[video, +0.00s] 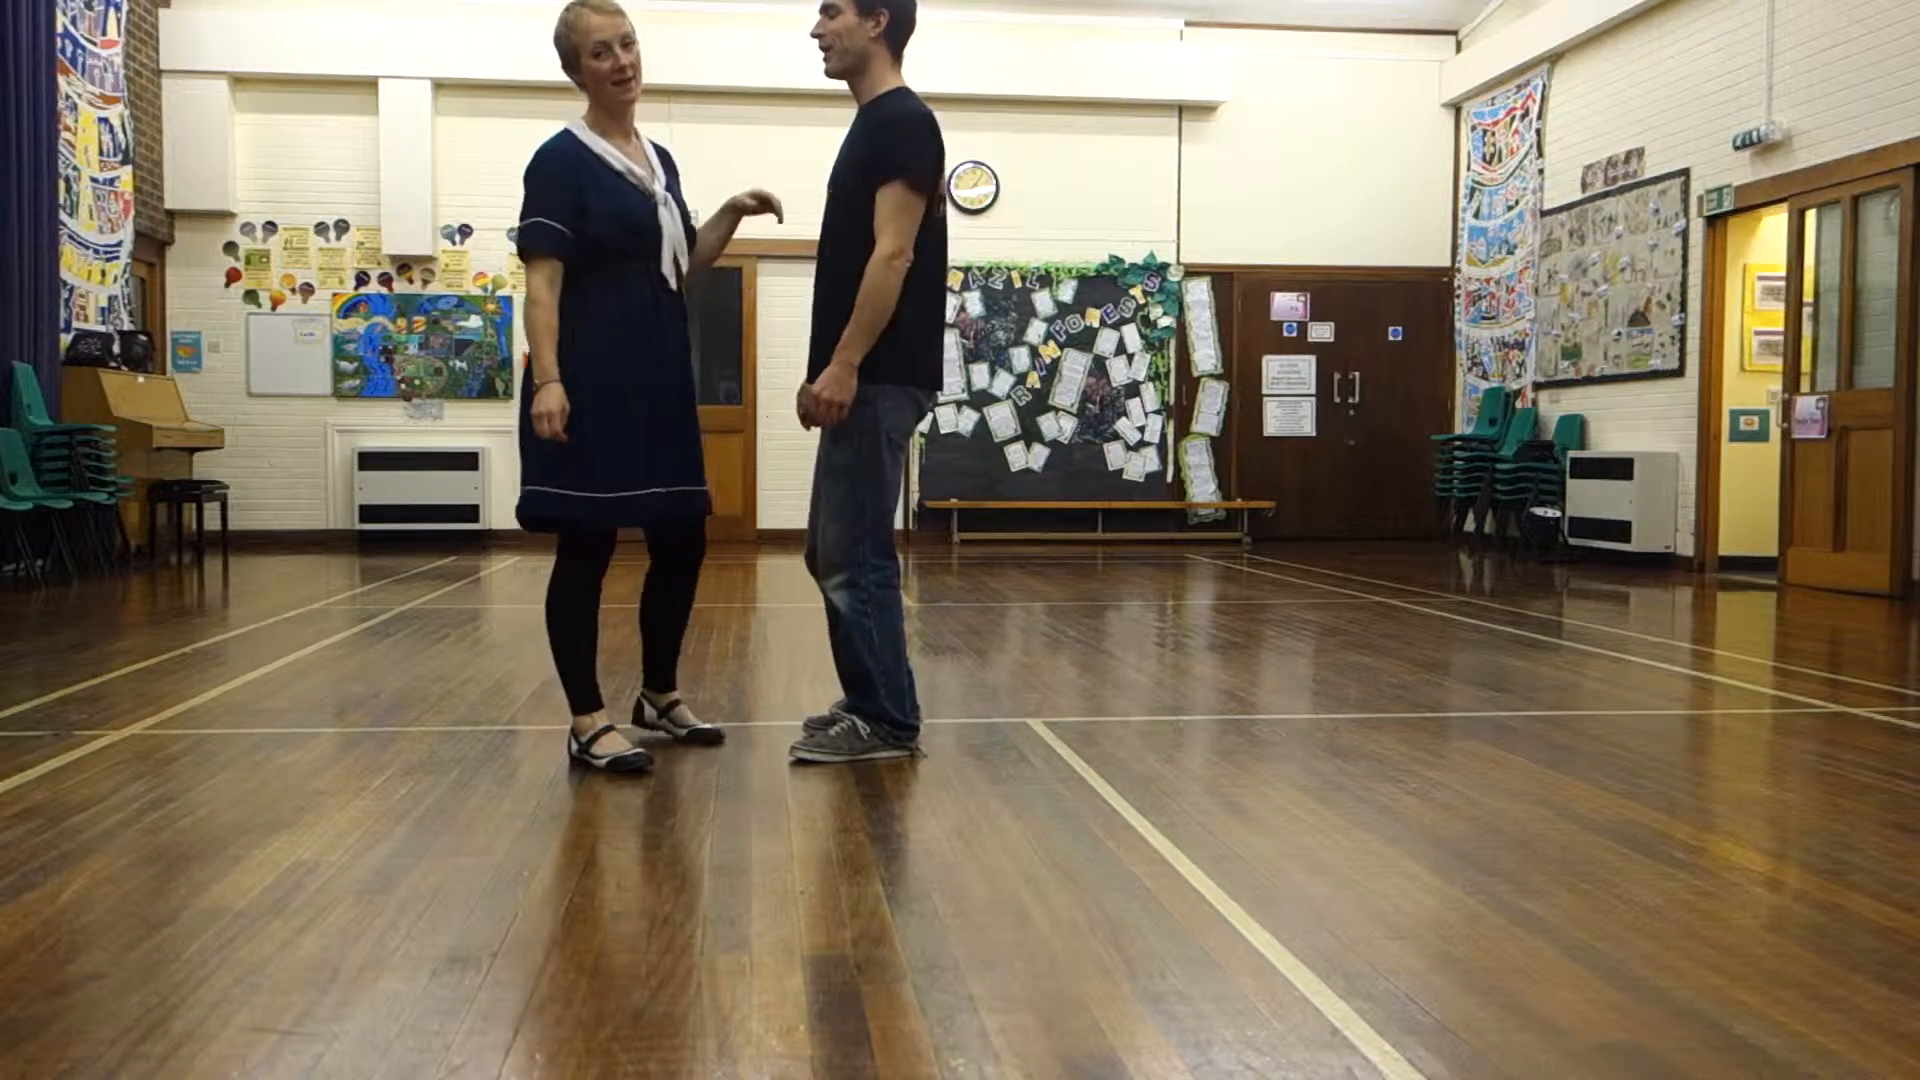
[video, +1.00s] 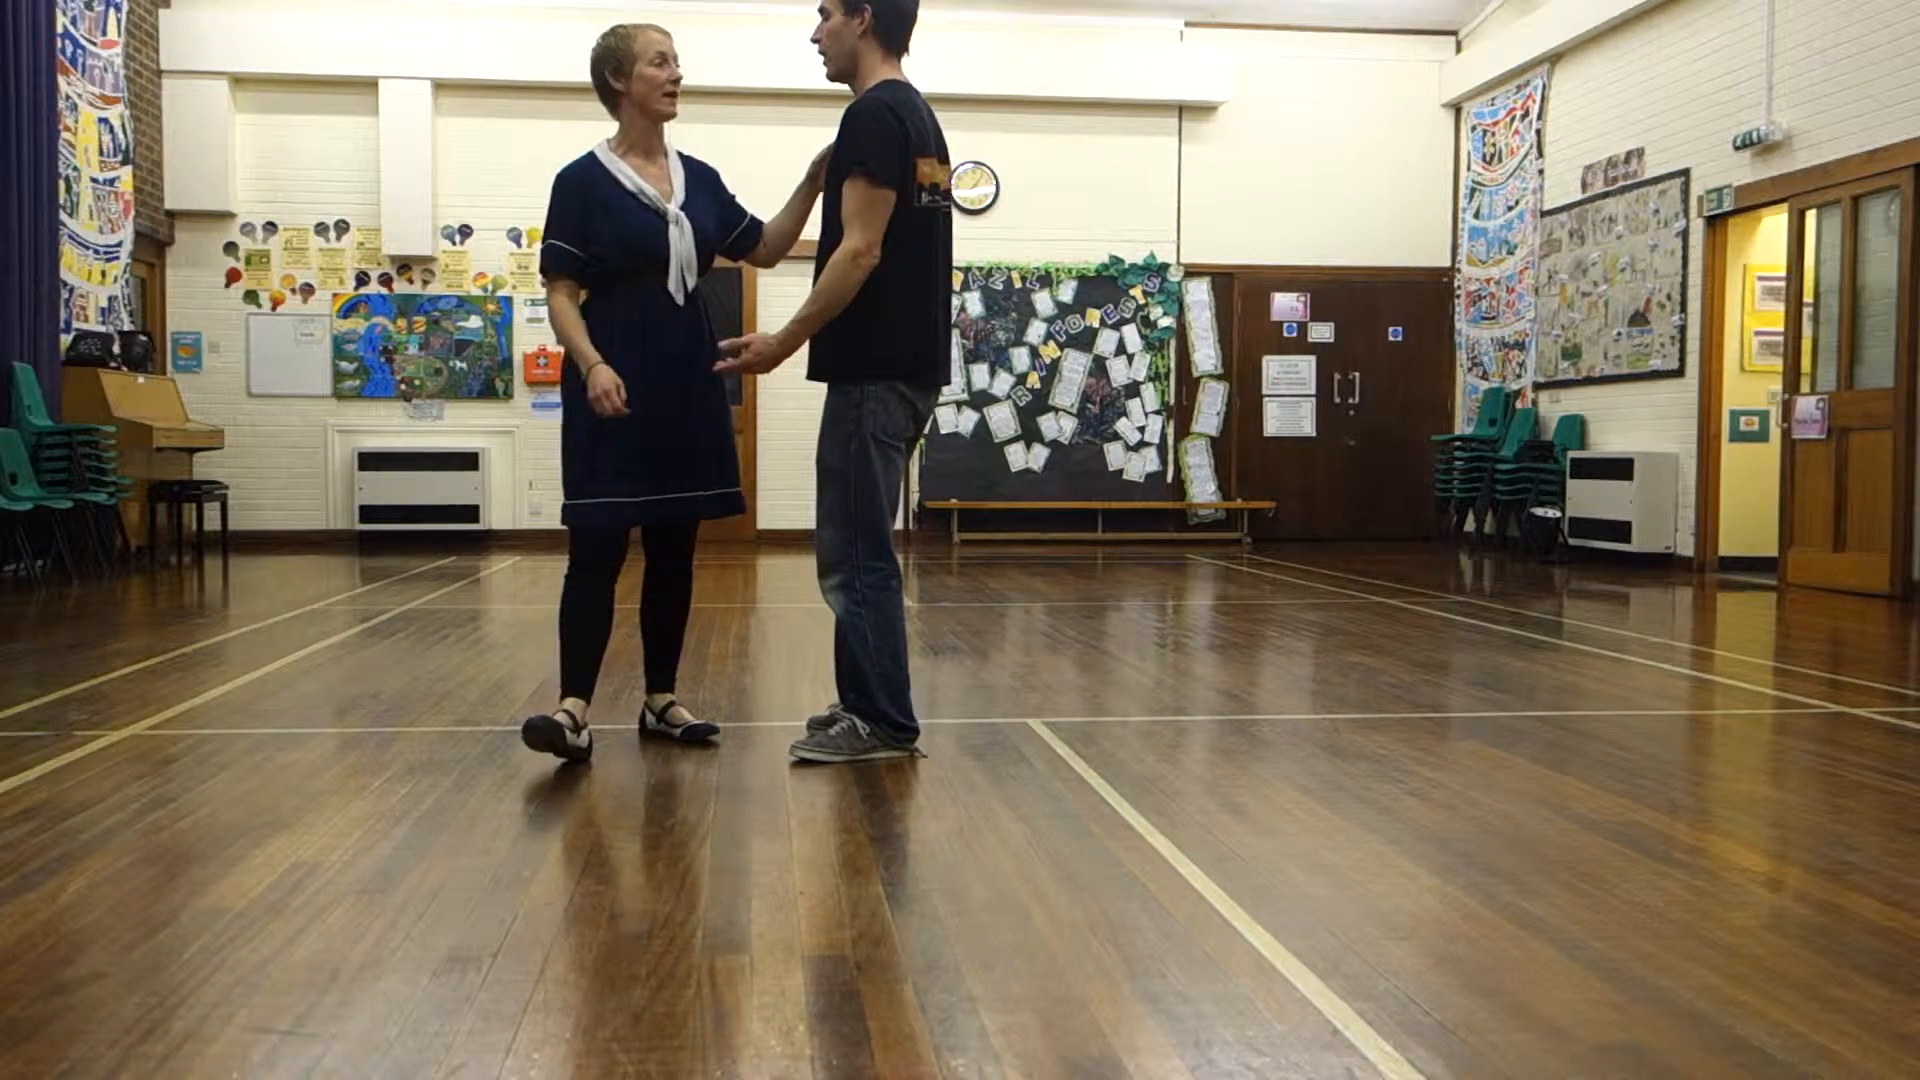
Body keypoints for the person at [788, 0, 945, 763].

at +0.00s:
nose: (818, 28)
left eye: (834, 13)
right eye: (820, 15)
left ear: (880, 23)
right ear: (869, 28)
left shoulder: (902, 120)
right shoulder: (874, 123)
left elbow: (894, 254)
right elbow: (856, 259)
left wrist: (843, 366)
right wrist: (826, 373)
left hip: (884, 375)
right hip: (864, 374)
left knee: (854, 552)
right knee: (833, 549)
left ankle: (887, 719)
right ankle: (870, 706)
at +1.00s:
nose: (816, 33)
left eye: (825, 18)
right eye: (819, 18)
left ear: (861, 22)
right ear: (872, 27)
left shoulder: (877, 112)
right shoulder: (910, 114)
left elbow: (860, 248)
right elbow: (888, 252)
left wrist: (784, 340)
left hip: (875, 371)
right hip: (895, 367)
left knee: (855, 555)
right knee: (857, 549)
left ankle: (884, 721)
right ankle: (868, 707)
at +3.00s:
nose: (855, 42)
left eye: (873, 27)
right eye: (848, 29)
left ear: (913, 45)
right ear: (845, 40)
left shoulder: (915, 127)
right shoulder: (885, 134)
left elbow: (894, 245)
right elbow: (872, 256)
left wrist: (796, 285)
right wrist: (799, 289)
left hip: (897, 378)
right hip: (883, 376)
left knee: (850, 553)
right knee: (887, 551)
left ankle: (855, 721)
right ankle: (916, 710)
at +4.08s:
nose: (867, 42)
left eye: (883, 29)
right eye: (855, 30)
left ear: (914, 47)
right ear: (842, 48)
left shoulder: (940, 129)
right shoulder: (837, 160)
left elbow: (975, 243)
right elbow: (825, 275)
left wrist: (901, 283)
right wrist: (754, 314)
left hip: (927, 375)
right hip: (868, 380)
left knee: (904, 552)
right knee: (866, 555)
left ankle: (936, 712)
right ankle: (894, 702)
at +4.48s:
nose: (890, 61)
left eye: (898, 47)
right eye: (886, 46)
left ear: (916, 53)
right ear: (870, 47)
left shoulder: (951, 131)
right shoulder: (837, 136)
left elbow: (990, 238)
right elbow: (804, 244)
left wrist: (968, 298)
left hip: (928, 369)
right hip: (855, 369)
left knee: (927, 553)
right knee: (869, 550)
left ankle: (945, 715)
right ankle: (888, 703)